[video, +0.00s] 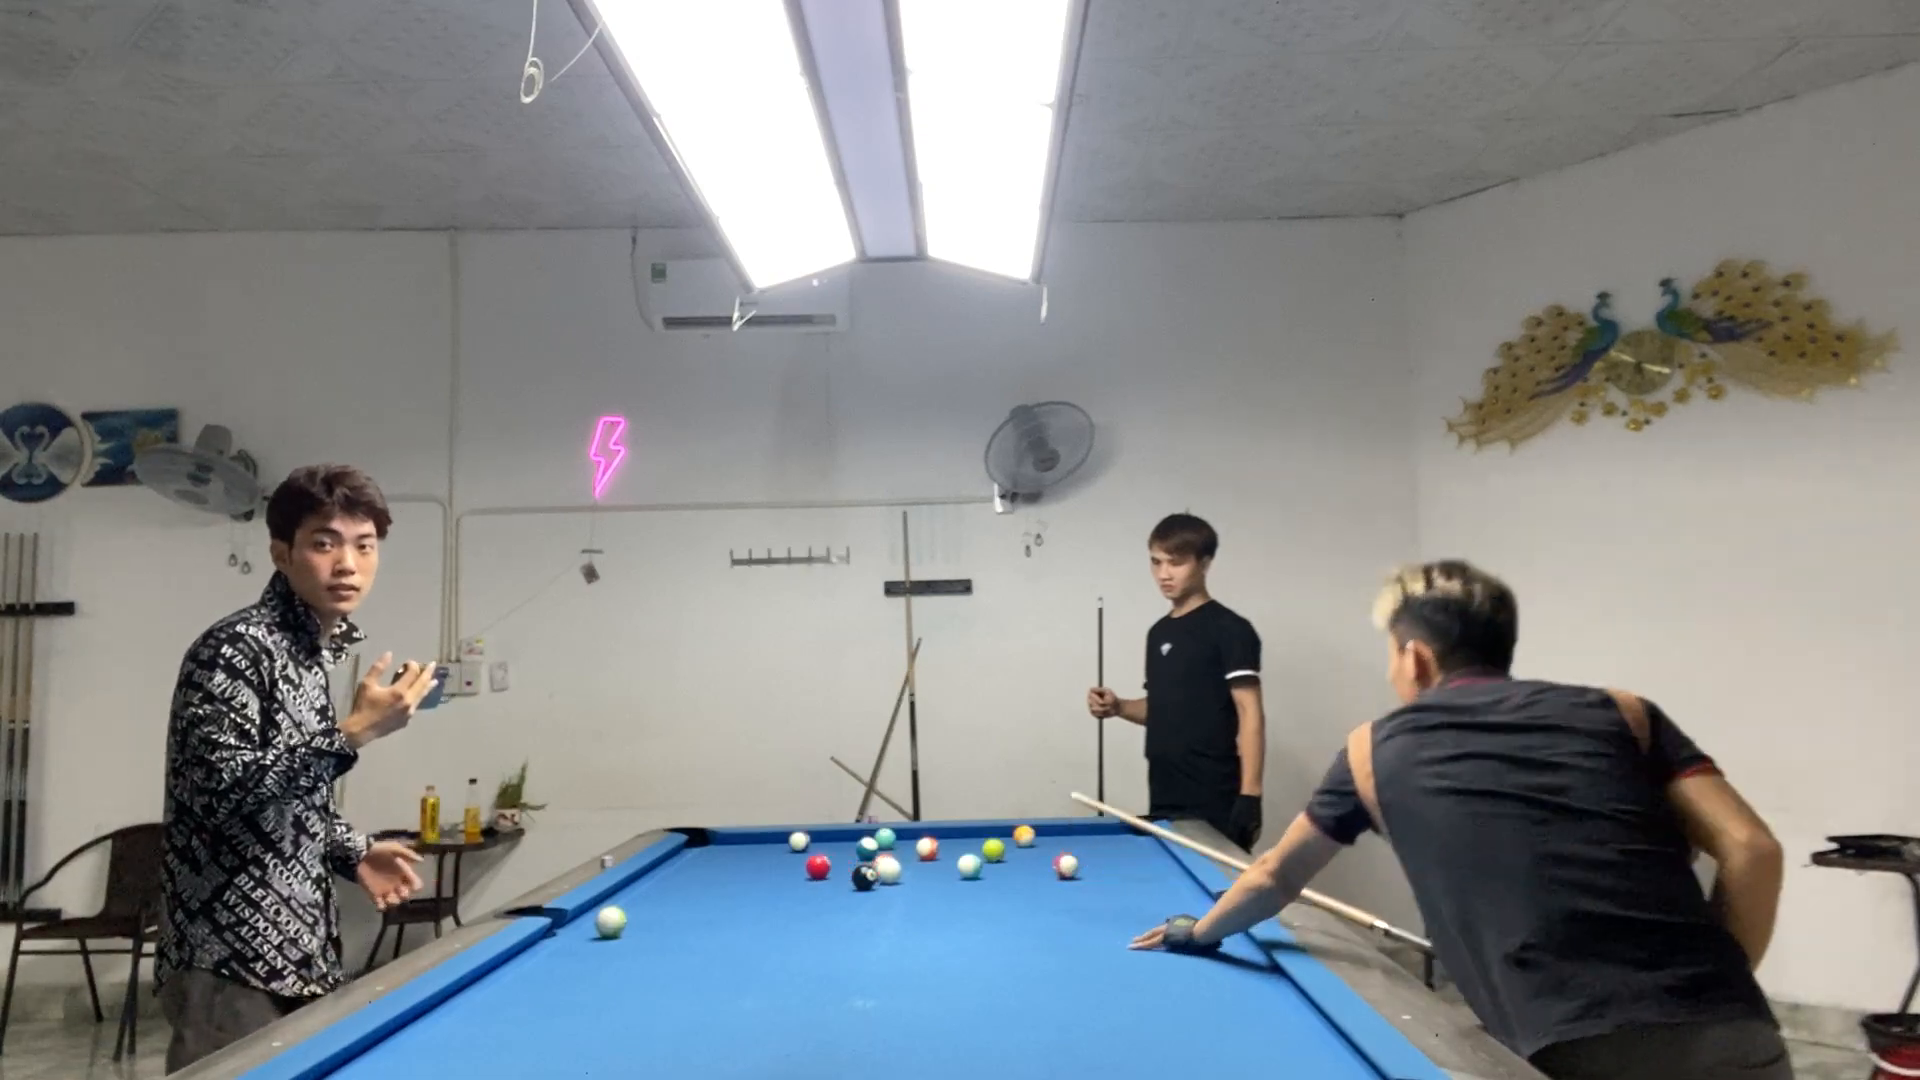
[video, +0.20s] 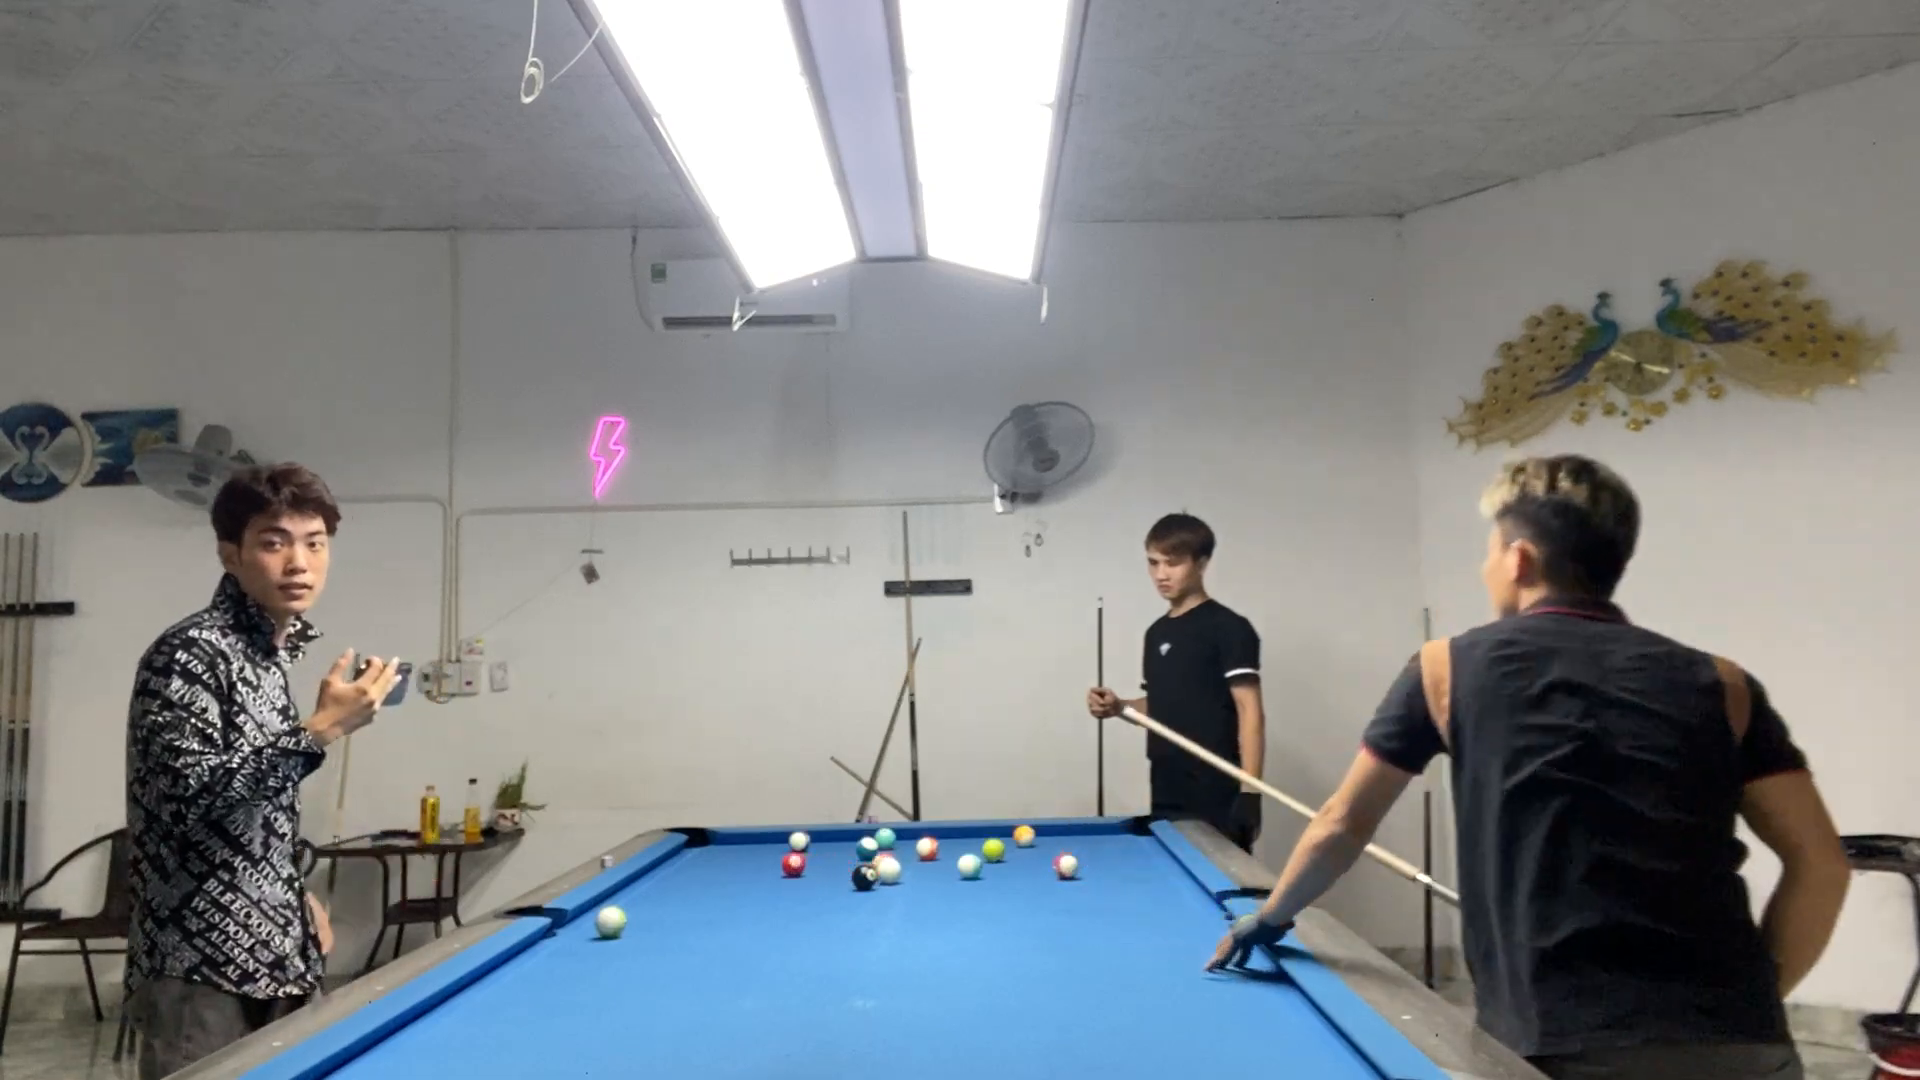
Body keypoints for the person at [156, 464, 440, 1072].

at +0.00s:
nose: (347, 564)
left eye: (363, 545)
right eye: (324, 543)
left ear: (376, 555)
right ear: (282, 554)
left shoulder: (308, 659)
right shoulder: (231, 651)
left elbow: (294, 797)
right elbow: (220, 786)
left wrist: (355, 854)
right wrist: (352, 731)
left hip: (303, 954)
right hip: (229, 962)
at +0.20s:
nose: (299, 563)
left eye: (314, 543)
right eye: (275, 542)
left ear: (329, 554)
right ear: (230, 554)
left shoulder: (267, 664)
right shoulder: (187, 657)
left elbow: (251, 820)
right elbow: (188, 796)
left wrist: (297, 897)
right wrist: (321, 728)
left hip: (279, 965)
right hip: (199, 973)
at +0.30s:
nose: (270, 567)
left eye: (285, 547)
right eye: (245, 546)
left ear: (299, 557)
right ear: (199, 559)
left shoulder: (236, 669)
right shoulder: (156, 662)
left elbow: (239, 844)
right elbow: (163, 801)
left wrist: (277, 963)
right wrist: (296, 730)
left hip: (248, 975)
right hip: (171, 983)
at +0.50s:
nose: (226, 587)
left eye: (237, 566)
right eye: (201, 564)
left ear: (246, 571)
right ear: (140, 572)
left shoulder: (163, 681)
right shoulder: (86, 676)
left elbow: (163, 857)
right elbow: (102, 826)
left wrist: (200, 981)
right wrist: (240, 744)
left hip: (177, 990)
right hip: (93, 1001)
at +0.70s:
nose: (183, 602)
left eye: (193, 583)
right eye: (165, 580)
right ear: (96, 575)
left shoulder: (101, 675)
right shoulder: (35, 681)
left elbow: (97, 840)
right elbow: (75, 838)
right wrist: (200, 747)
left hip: (132, 980)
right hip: (49, 999)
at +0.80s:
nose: (165, 604)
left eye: (174, 583)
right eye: (148, 582)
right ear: (81, 576)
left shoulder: (80, 668)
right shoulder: (23, 679)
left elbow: (79, 834)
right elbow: (62, 832)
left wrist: (122, 930)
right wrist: (185, 746)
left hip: (115, 970)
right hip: (40, 991)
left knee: (144, 1068)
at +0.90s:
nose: (152, 603)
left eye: (160, 583)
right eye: (135, 582)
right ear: (68, 576)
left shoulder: (68, 660)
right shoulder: (15, 674)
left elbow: (64, 816)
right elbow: (50, 831)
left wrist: (101, 866)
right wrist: (174, 746)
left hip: (97, 968)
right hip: (33, 987)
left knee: (124, 1068)